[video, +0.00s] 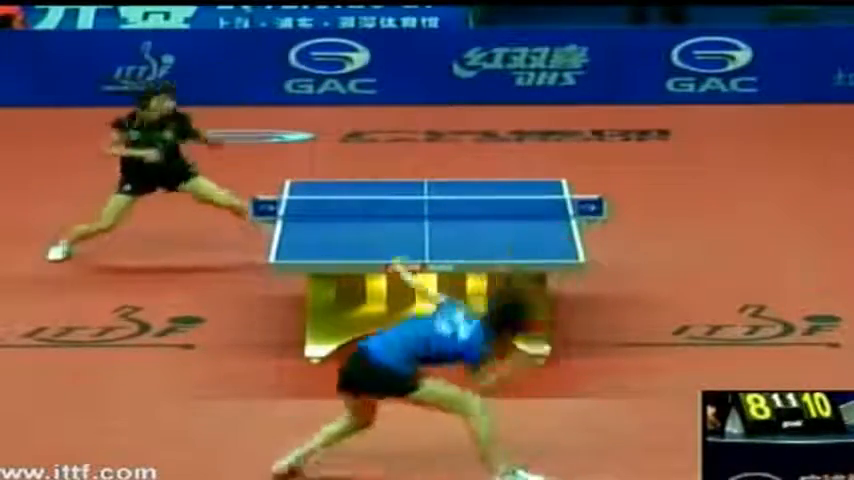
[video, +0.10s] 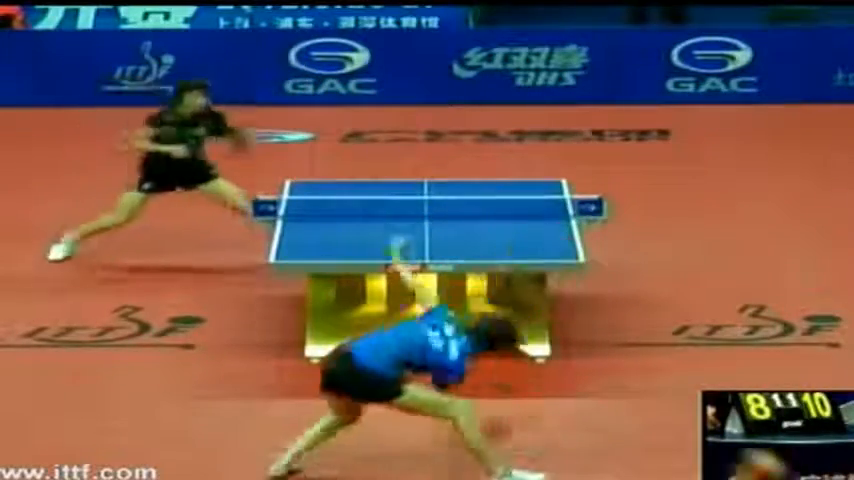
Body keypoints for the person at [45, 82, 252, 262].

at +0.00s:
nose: (167, 106)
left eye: (169, 101)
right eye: (162, 102)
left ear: (171, 104)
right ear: (149, 103)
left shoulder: (177, 121)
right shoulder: (131, 122)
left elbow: (192, 134)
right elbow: (112, 149)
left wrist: (207, 139)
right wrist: (142, 153)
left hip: (174, 172)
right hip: (138, 177)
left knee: (223, 199)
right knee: (105, 225)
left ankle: (267, 224)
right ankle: (66, 244)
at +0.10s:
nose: (201, 102)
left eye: (203, 98)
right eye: (195, 98)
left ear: (205, 100)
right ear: (182, 99)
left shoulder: (210, 118)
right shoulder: (162, 119)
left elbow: (229, 134)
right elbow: (137, 143)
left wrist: (240, 138)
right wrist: (168, 149)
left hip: (193, 170)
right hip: (157, 173)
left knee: (239, 200)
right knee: (122, 217)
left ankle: (278, 239)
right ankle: (70, 239)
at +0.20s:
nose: (239, 98)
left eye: (243, 93)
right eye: (235, 92)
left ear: (246, 97)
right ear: (224, 92)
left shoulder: (244, 116)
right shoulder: (201, 113)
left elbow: (258, 142)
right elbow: (168, 133)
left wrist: (273, 143)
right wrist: (200, 141)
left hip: (218, 164)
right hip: (185, 164)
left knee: (256, 198)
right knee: (151, 215)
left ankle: (282, 246)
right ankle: (98, 237)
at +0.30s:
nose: (258, 95)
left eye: (260, 90)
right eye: (253, 89)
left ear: (262, 94)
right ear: (240, 91)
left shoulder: (259, 117)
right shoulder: (215, 110)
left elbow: (273, 143)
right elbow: (179, 129)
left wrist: (291, 150)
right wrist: (209, 138)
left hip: (228, 164)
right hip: (195, 163)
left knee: (261, 197)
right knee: (180, 212)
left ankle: (281, 247)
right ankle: (129, 240)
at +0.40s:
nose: (272, 97)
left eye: (274, 93)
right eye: (267, 92)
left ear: (275, 96)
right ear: (253, 94)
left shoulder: (273, 120)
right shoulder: (229, 111)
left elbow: (287, 152)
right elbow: (185, 124)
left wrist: (313, 158)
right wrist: (214, 136)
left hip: (236, 161)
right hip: (206, 160)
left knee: (268, 201)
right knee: (208, 211)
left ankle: (285, 252)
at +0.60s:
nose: (290, 105)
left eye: (290, 100)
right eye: (285, 100)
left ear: (284, 104)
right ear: (270, 101)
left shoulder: (280, 127)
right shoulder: (238, 116)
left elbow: (293, 158)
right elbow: (197, 124)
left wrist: (330, 165)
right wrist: (219, 137)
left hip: (250, 174)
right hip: (218, 174)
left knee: (292, 201)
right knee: (219, 223)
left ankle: (284, 262)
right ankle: (185, 258)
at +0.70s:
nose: (305, 110)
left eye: (306, 105)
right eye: (302, 104)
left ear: (298, 107)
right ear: (288, 103)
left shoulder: (292, 130)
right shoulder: (253, 116)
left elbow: (309, 159)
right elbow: (208, 119)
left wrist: (350, 166)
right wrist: (229, 132)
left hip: (259, 175)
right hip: (227, 174)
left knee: (293, 209)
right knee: (224, 224)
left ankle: (293, 259)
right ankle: (186, 259)